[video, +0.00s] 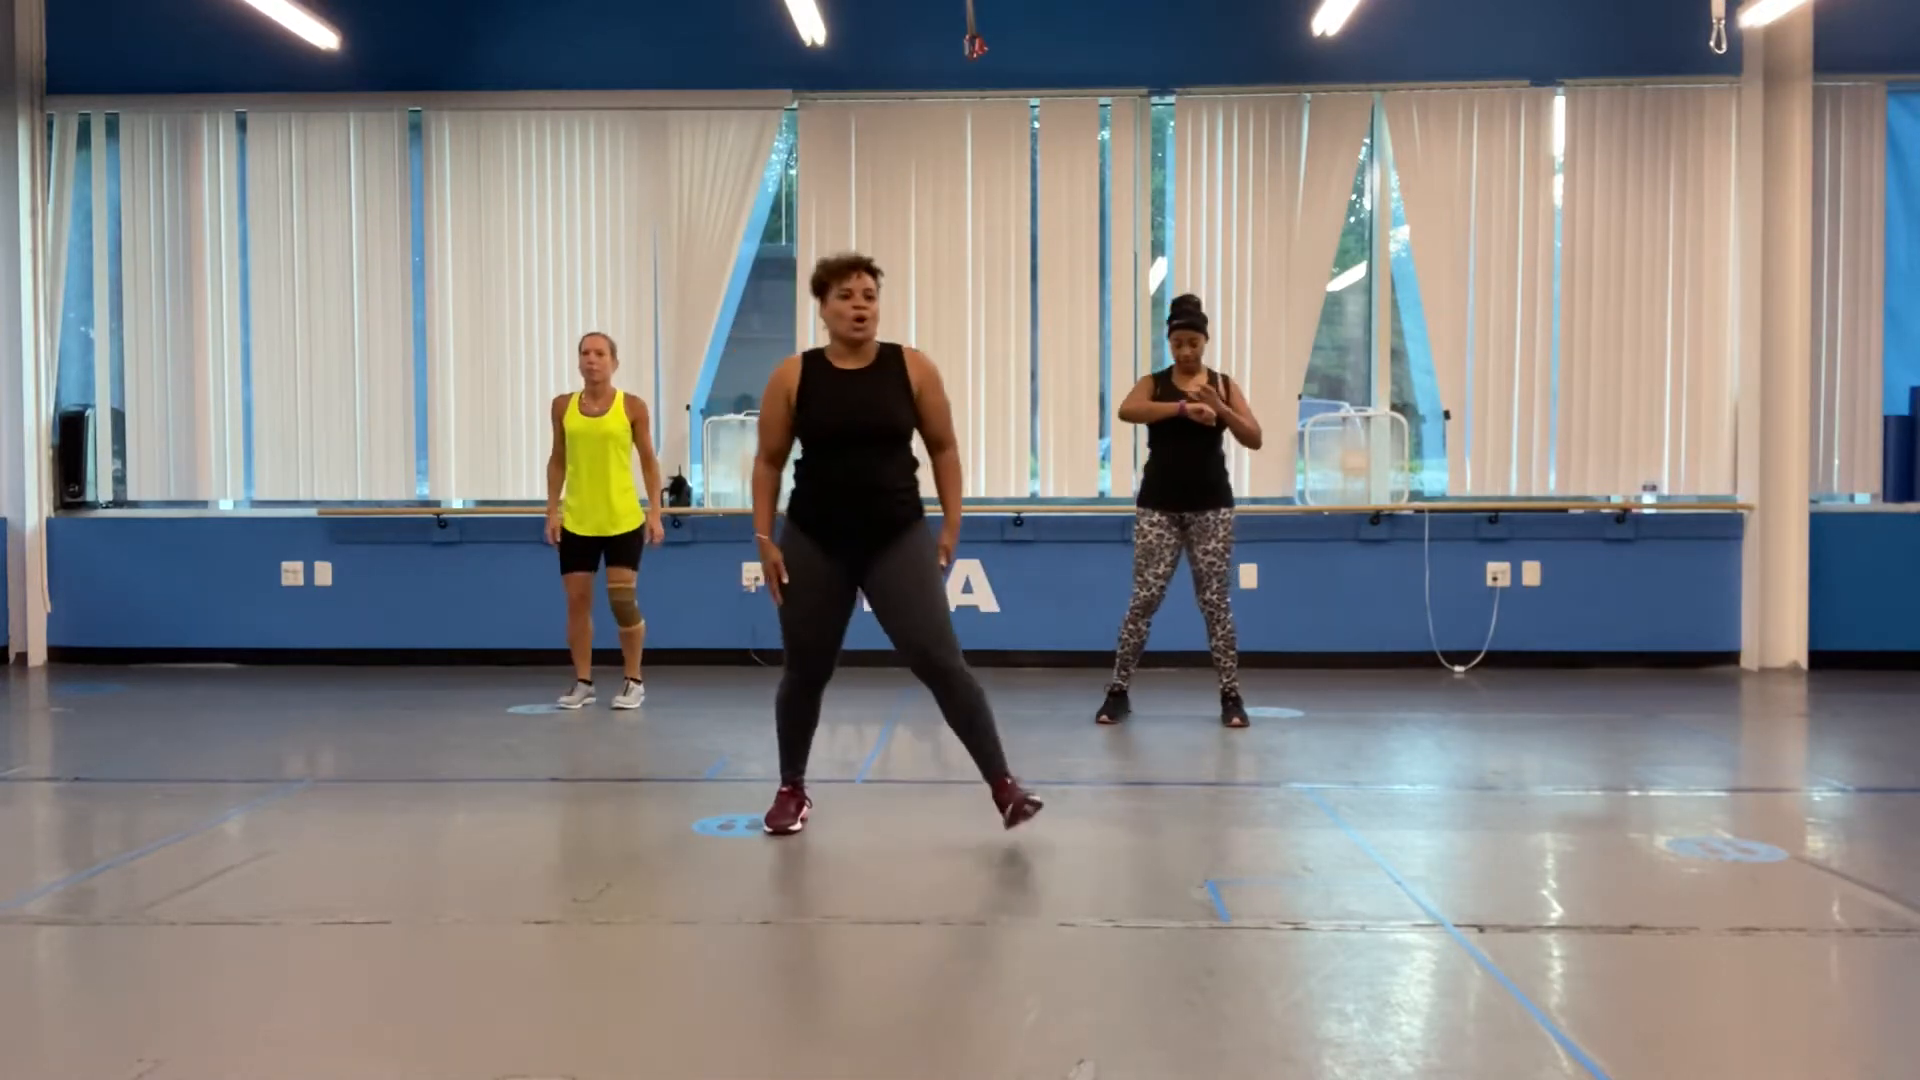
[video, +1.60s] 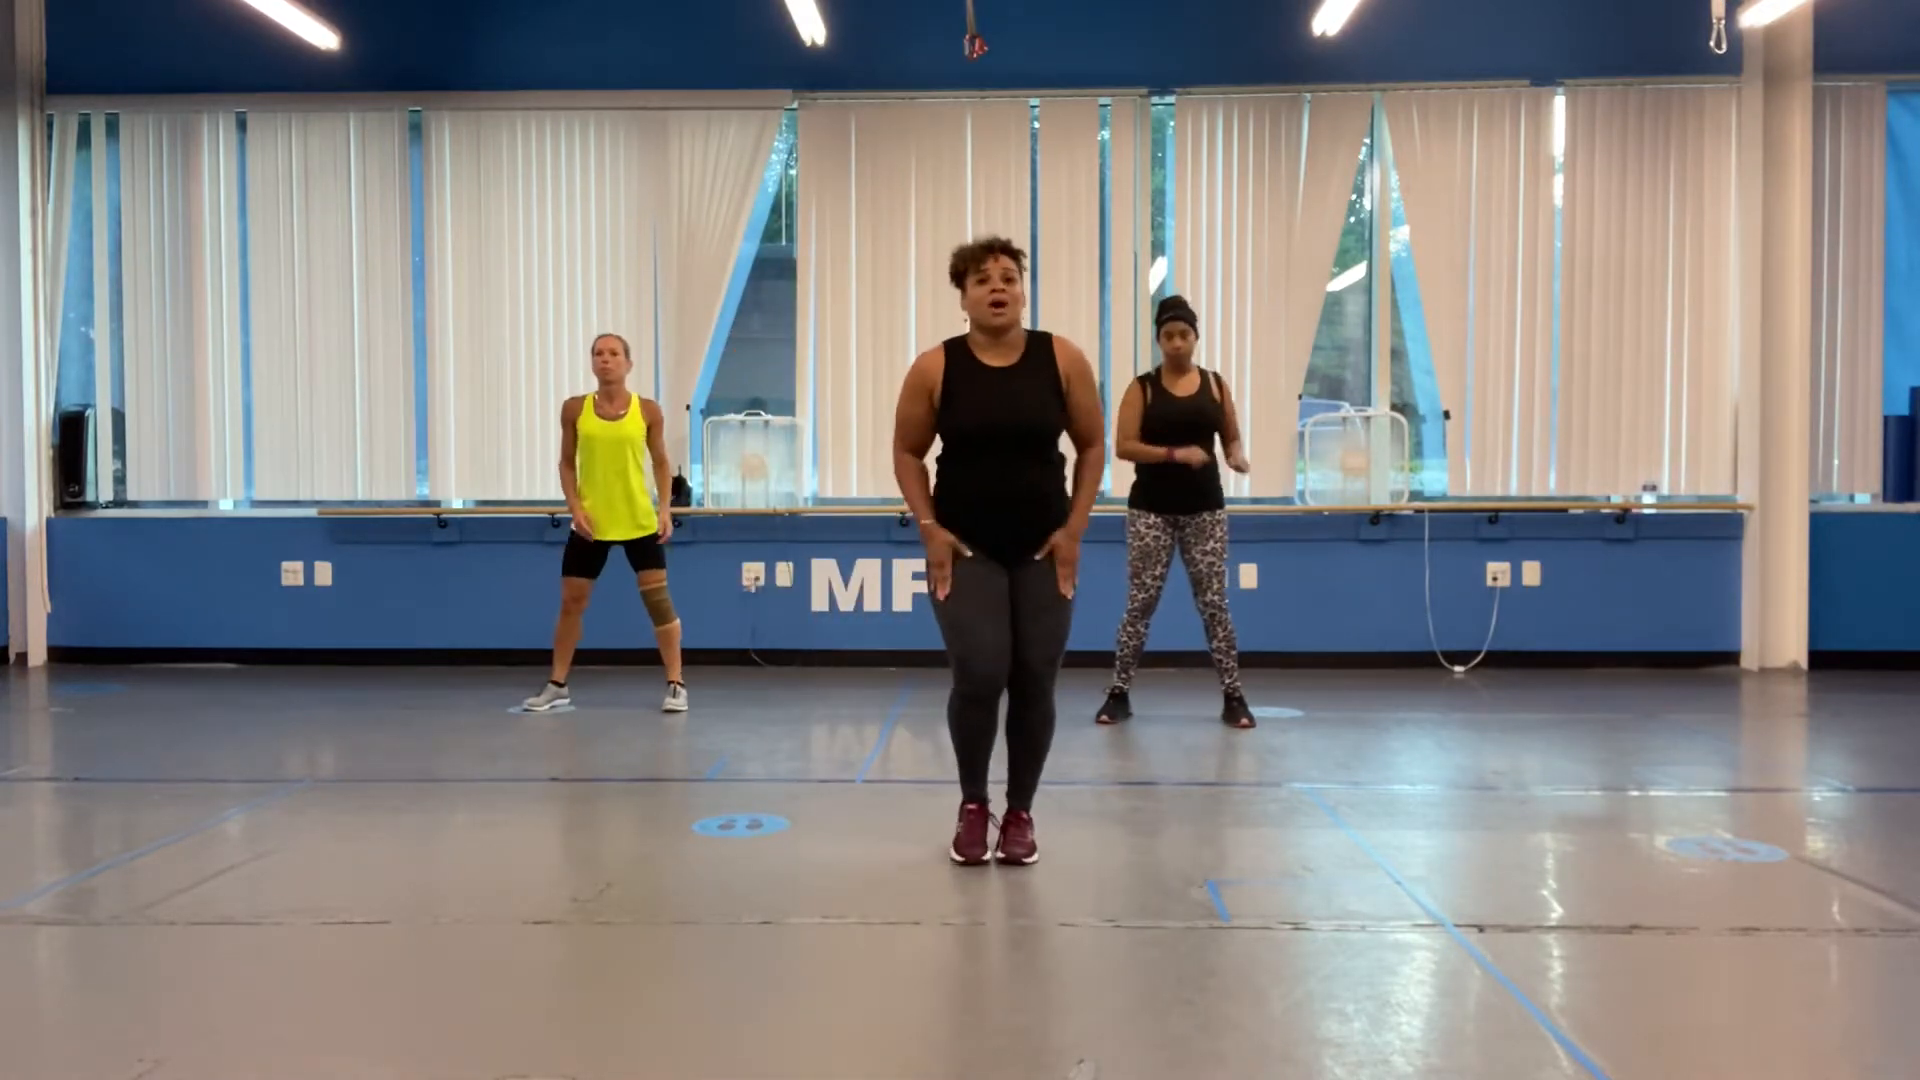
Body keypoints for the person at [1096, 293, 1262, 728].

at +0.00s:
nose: (1185, 350)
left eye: (1192, 342)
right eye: (1178, 342)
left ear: (1205, 342)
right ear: (1169, 343)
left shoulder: (1224, 386)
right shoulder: (1153, 383)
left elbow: (1255, 438)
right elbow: (1127, 411)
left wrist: (1222, 411)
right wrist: (1180, 408)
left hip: (1210, 508)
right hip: (1159, 507)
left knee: (1215, 601)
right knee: (1145, 598)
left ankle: (1230, 695)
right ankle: (1118, 691)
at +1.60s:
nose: (1177, 341)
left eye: (1184, 334)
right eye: (1169, 334)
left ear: (1195, 338)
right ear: (1159, 340)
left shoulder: (1214, 385)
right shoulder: (1141, 389)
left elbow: (1230, 438)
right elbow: (1125, 447)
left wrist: (1235, 456)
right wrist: (1174, 453)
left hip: (1204, 511)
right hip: (1152, 510)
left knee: (1214, 603)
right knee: (1141, 602)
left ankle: (1233, 695)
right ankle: (1118, 693)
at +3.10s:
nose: (1114, 349)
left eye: (1120, 343)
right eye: (1105, 344)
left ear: (1133, 351)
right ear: (1094, 354)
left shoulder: (1152, 398)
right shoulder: (1078, 403)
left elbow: (1192, 434)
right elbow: (1067, 459)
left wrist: (1243, 456)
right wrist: (1125, 444)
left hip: (1147, 520)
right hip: (1093, 521)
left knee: (1158, 608)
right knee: (1080, 608)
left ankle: (1174, 696)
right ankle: (1073, 693)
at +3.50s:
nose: (1067, 363)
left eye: (1075, 356)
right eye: (1059, 356)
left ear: (1085, 365)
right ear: (1047, 363)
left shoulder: (1103, 414)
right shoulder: (1028, 417)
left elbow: (1145, 462)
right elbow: (1005, 479)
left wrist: (1194, 498)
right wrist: (1055, 473)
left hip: (1106, 528)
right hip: (1051, 532)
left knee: (1121, 613)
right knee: (1039, 612)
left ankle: (1160, 656)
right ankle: (1028, 695)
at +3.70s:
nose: (1076, 357)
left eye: (1083, 350)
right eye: (1068, 351)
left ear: (1097, 357)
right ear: (1058, 361)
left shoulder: (1117, 406)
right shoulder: (1043, 411)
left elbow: (1127, 474)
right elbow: (1000, 456)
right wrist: (973, 500)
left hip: (1113, 520)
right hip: (1059, 522)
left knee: (1138, 607)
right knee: (1050, 610)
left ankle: (1151, 678)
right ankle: (1026, 693)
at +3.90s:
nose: (1106, 365)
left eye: (1113, 356)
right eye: (1098, 359)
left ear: (1127, 359)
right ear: (1089, 367)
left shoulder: (1156, 408)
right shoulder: (1078, 416)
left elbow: (1172, 469)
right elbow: (1048, 472)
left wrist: (1122, 495)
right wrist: (999, 472)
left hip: (1146, 524)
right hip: (1091, 522)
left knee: (1166, 608)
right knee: (1078, 604)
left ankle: (1187, 699)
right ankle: (1034, 677)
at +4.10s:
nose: (1115, 364)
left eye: (1122, 355)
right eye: (1107, 357)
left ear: (1137, 357)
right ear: (1098, 361)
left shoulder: (1159, 406)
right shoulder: (1083, 412)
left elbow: (1193, 459)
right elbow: (1069, 479)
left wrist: (1236, 499)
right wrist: (1093, 512)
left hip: (1155, 521)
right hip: (1102, 521)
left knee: (1167, 609)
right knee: (1089, 606)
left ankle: (1188, 700)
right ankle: (1067, 689)